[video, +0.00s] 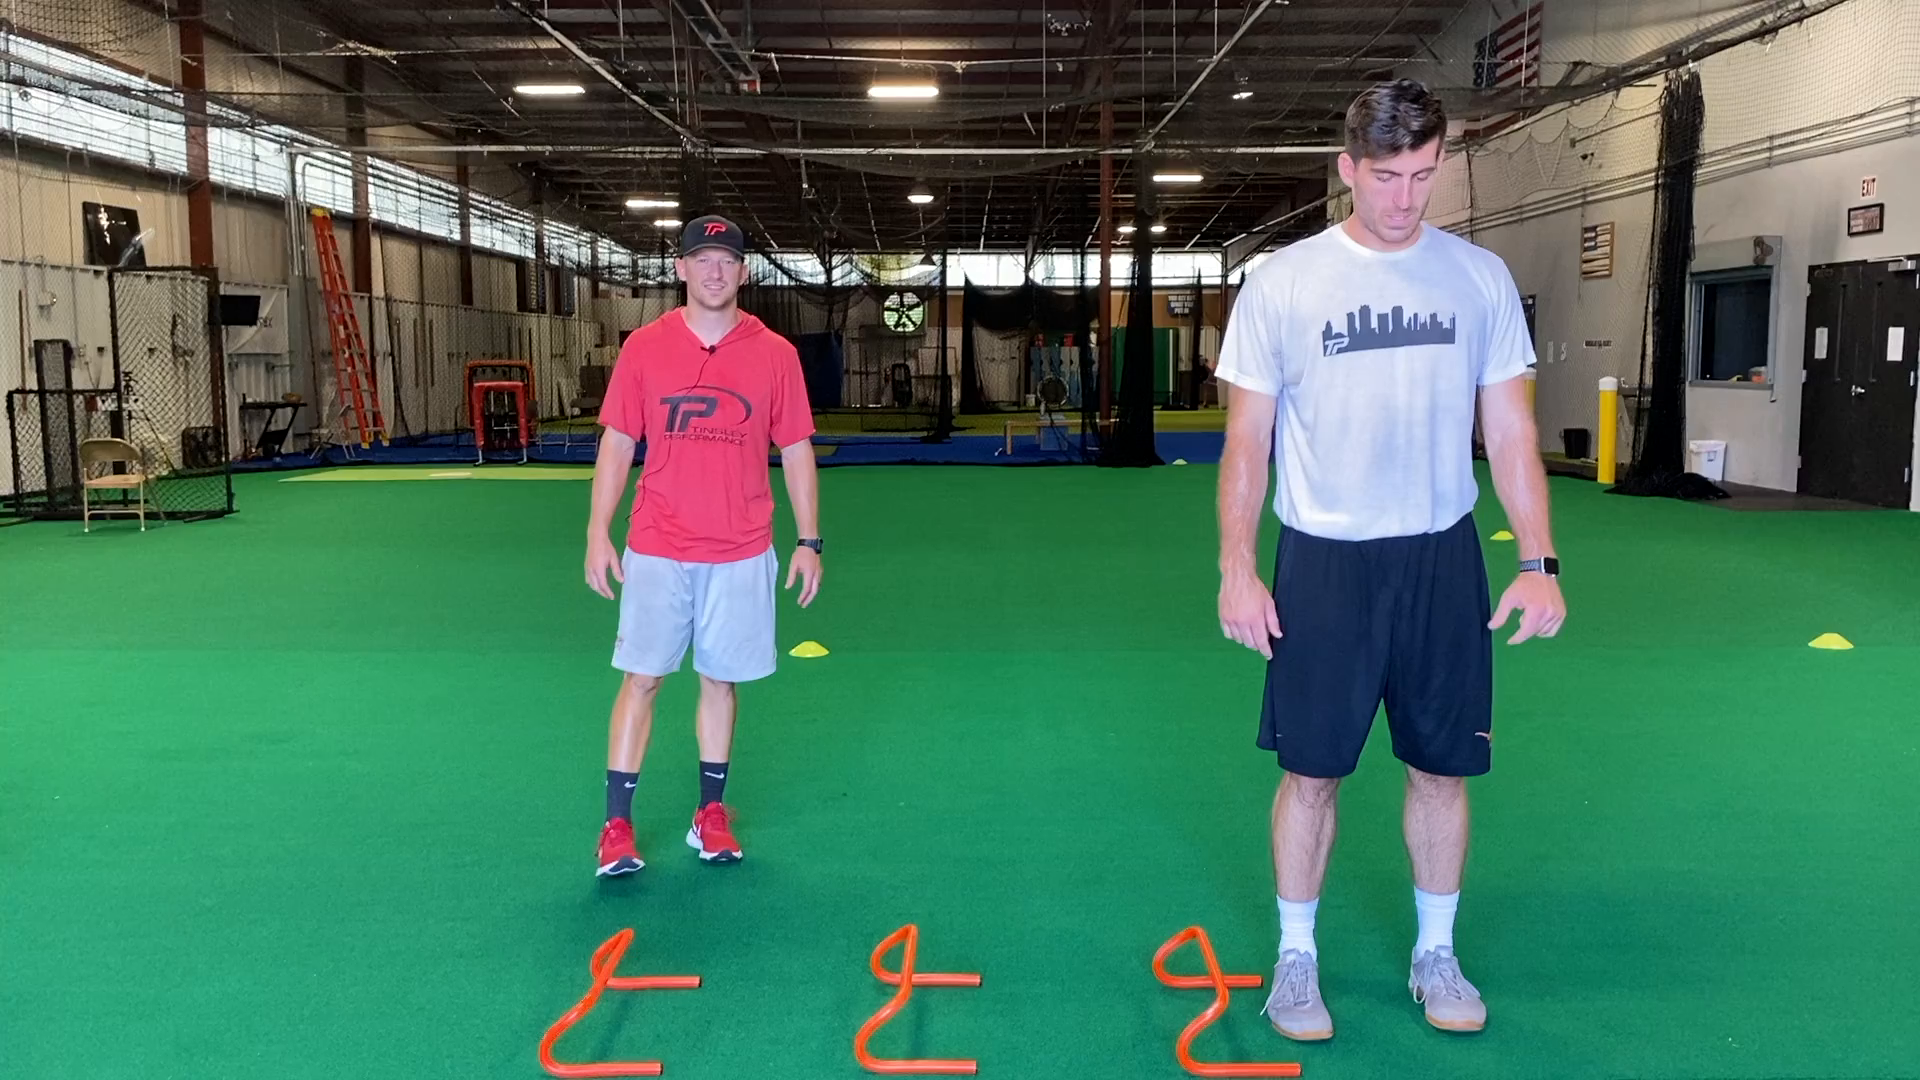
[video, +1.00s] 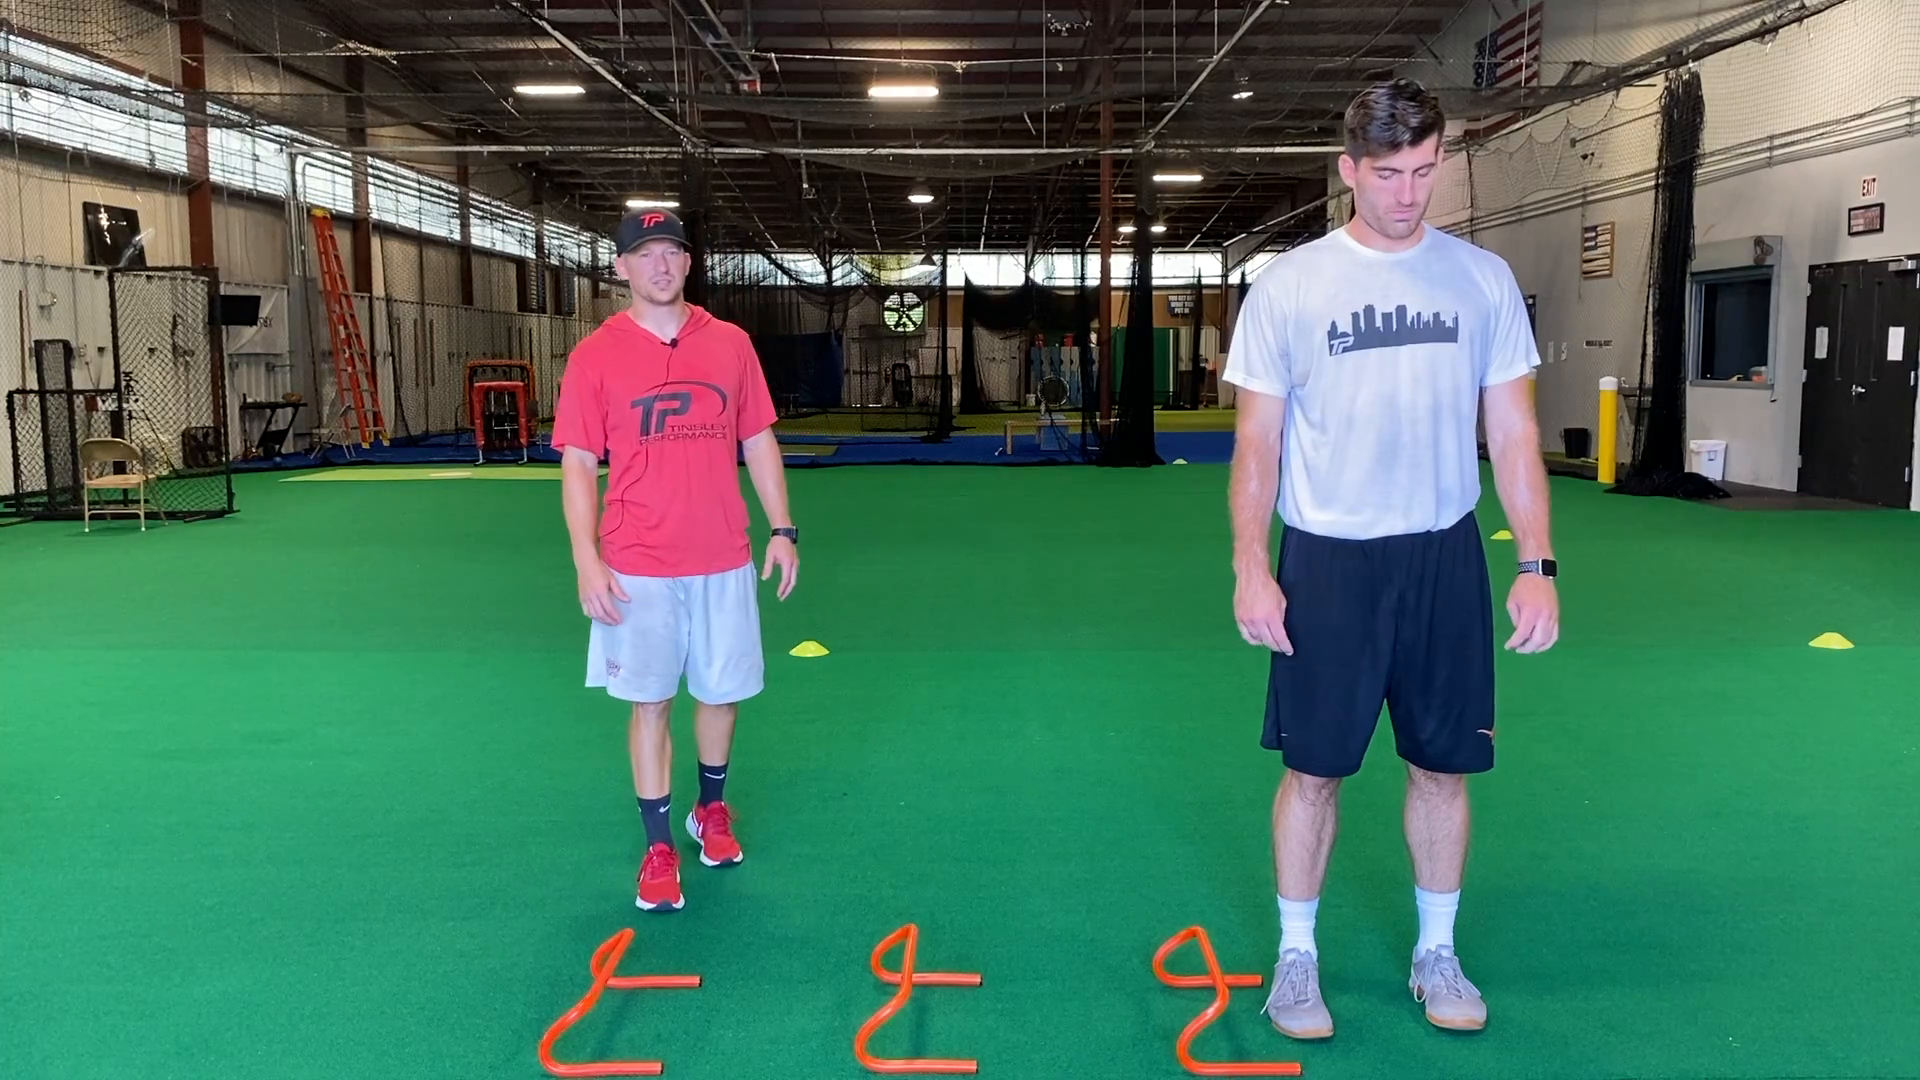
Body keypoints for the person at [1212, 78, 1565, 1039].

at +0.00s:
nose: (1406, 197)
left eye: (1422, 176)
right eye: (1388, 177)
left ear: (1441, 168)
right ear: (1348, 168)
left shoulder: (1480, 278)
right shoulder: (1278, 284)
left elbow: (1512, 436)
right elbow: (1246, 444)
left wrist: (1539, 560)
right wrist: (1237, 570)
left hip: (1442, 562)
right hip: (1324, 564)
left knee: (1442, 765)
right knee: (1312, 773)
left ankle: (1437, 957)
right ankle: (1296, 960)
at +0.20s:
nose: (1407, 194)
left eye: (1422, 173)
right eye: (1388, 176)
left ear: (1440, 164)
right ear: (1348, 169)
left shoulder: (1481, 277)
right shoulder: (1281, 283)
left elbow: (1515, 431)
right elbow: (1247, 442)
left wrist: (1542, 557)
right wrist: (1233, 570)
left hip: (1444, 561)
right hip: (1326, 564)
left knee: (1443, 763)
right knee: (1313, 770)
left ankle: (1437, 956)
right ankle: (1296, 960)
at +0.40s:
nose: (1406, 194)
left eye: (1421, 172)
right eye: (1387, 175)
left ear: (1440, 163)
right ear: (1347, 168)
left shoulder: (1481, 278)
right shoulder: (1283, 285)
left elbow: (1514, 435)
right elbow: (1253, 448)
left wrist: (1540, 561)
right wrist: (1245, 574)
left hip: (1445, 560)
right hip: (1329, 563)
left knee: (1444, 763)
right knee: (1315, 770)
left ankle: (1436, 957)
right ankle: (1296, 960)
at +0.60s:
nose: (1407, 193)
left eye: (1422, 171)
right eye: (1388, 174)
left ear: (1439, 163)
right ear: (1347, 169)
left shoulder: (1482, 279)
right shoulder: (1283, 285)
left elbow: (1512, 439)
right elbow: (1256, 448)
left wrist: (1534, 563)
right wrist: (1256, 571)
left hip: (1444, 560)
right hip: (1327, 562)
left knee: (1444, 762)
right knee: (1316, 768)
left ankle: (1437, 956)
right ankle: (1296, 959)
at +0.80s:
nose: (1409, 191)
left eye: (1424, 170)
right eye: (1390, 174)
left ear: (1443, 163)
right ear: (1350, 168)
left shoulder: (1483, 281)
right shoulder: (1284, 286)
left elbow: (1512, 439)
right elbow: (1256, 448)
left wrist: (1533, 563)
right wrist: (1255, 571)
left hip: (1444, 561)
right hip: (1327, 563)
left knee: (1444, 763)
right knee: (1315, 769)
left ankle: (1437, 956)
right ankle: (1296, 959)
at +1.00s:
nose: (1410, 191)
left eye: (1424, 169)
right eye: (1391, 173)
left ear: (1442, 163)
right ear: (1349, 169)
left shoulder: (1484, 279)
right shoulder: (1287, 285)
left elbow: (1514, 435)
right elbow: (1256, 445)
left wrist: (1537, 562)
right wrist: (1252, 570)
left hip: (1444, 559)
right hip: (1328, 562)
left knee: (1443, 761)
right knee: (1314, 768)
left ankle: (1437, 956)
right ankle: (1296, 959)